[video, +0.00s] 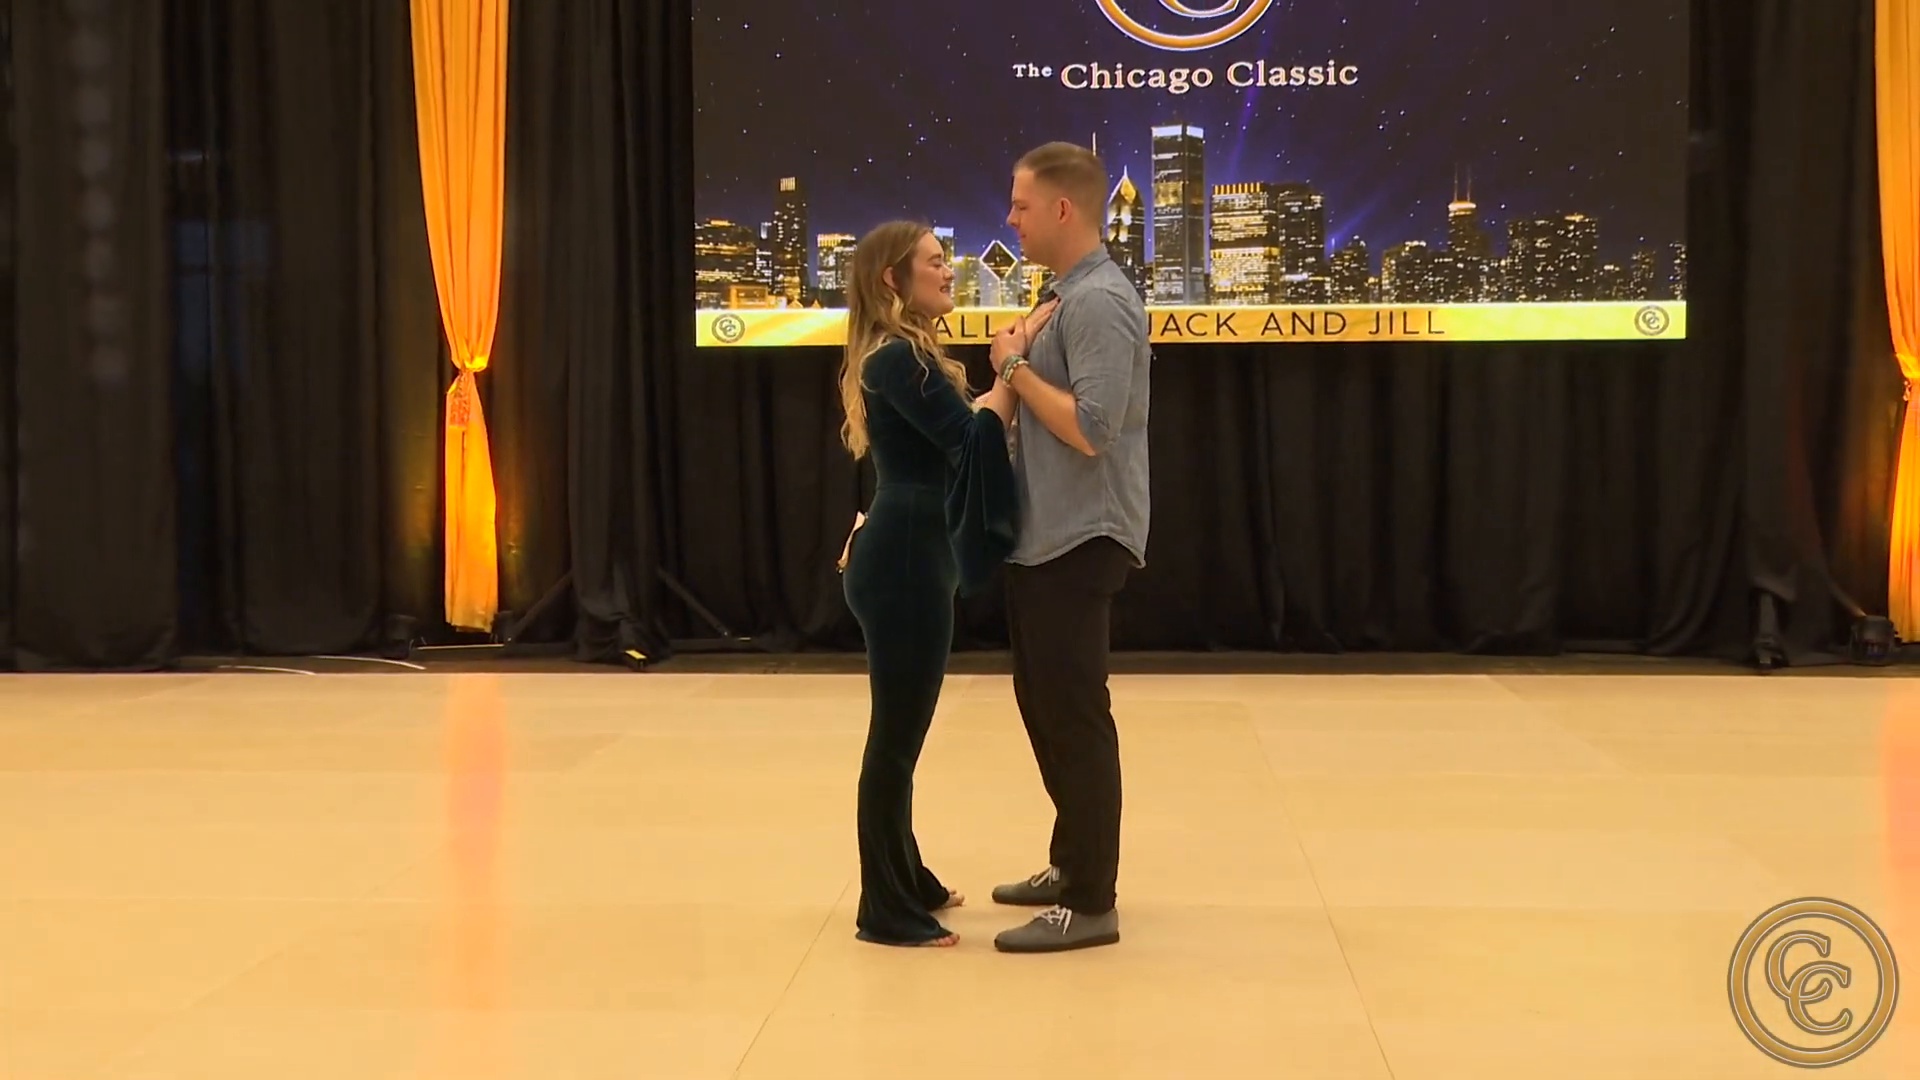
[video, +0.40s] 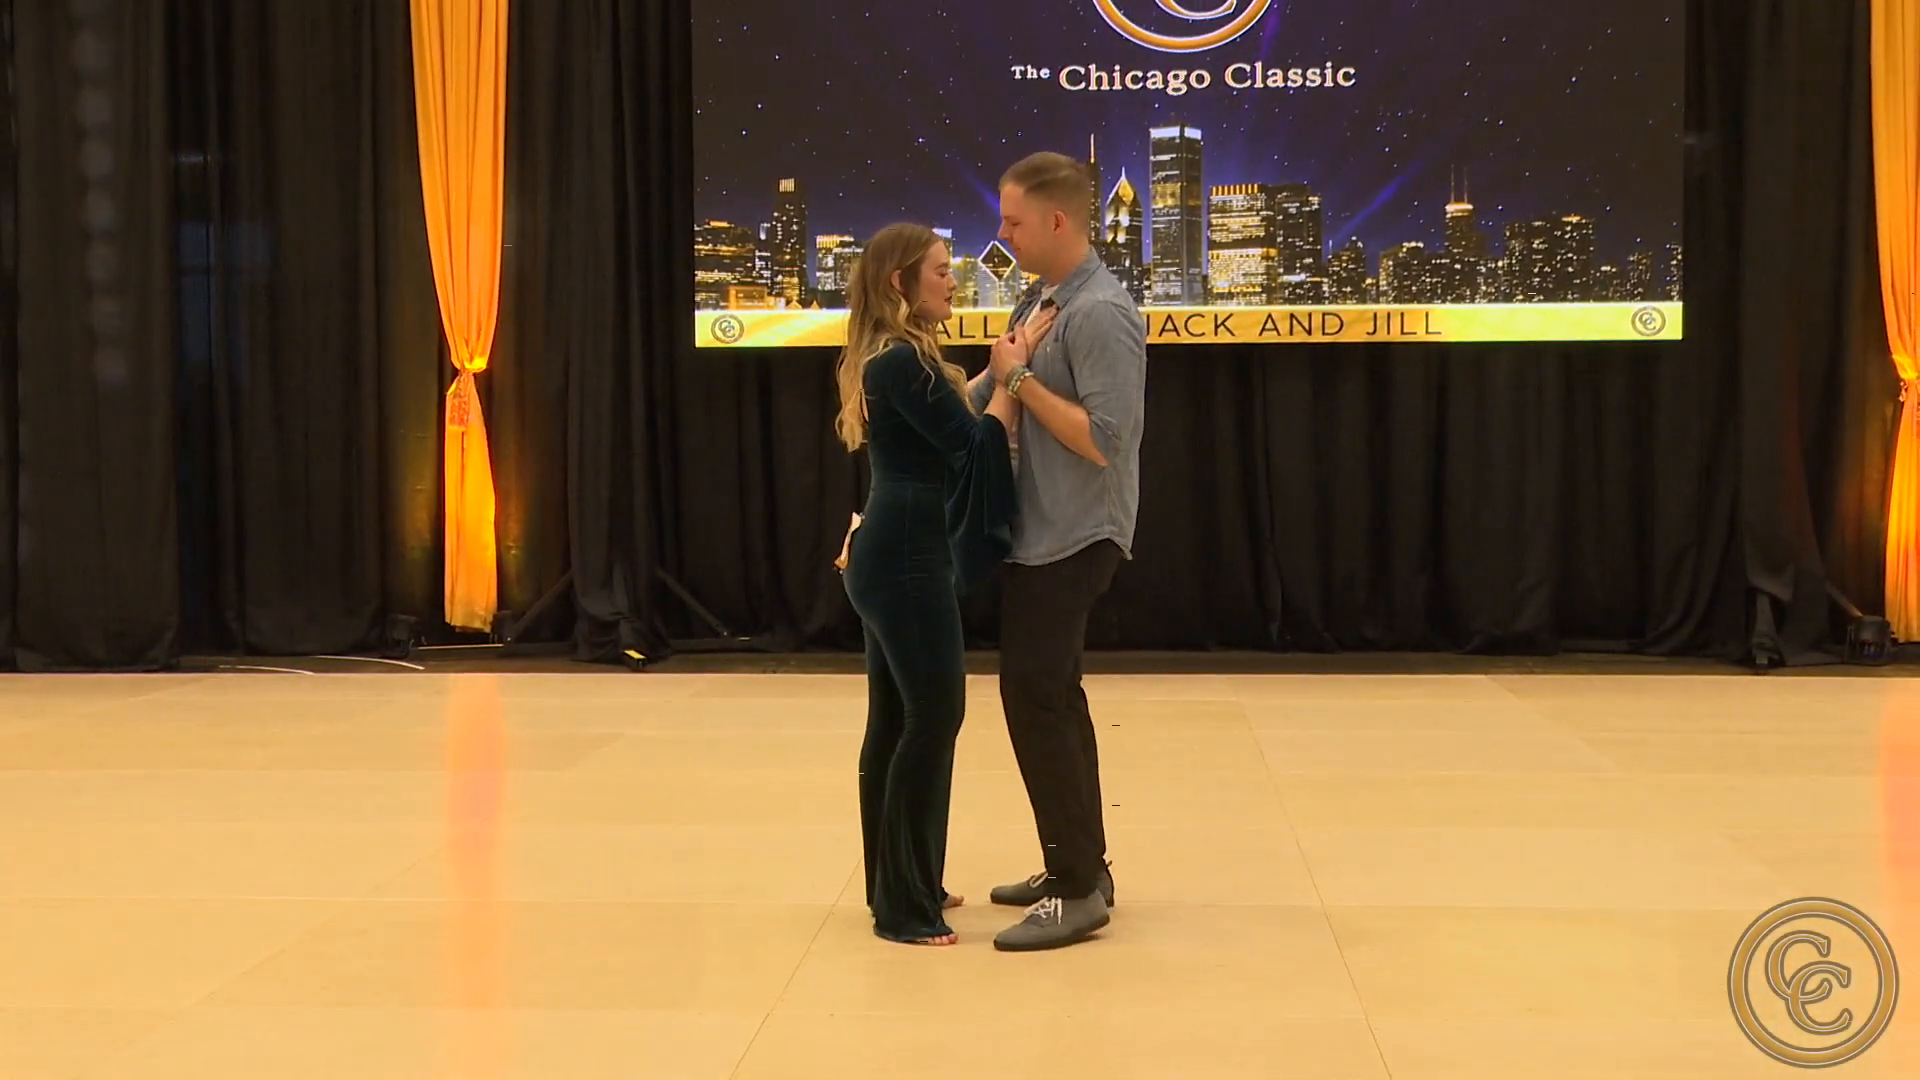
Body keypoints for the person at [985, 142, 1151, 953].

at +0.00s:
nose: (1012, 222)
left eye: (1021, 207)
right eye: (1013, 207)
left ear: (1065, 210)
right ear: (1065, 210)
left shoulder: (1100, 300)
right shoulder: (1065, 300)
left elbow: (1091, 431)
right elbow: (1035, 413)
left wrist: (1016, 368)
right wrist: (1018, 363)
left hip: (1082, 536)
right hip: (1047, 535)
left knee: (1076, 709)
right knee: (1045, 703)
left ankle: (1092, 905)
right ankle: (1075, 870)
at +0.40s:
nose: (1005, 239)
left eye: (1013, 224)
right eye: (1004, 225)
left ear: (1060, 222)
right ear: (1054, 224)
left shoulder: (1101, 311)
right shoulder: (1044, 307)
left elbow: (1104, 443)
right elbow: (1006, 410)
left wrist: (1019, 379)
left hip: (1076, 538)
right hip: (1042, 534)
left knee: (1037, 701)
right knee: (1049, 699)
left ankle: (1081, 891)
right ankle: (1073, 867)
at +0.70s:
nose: (994, 249)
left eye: (1002, 234)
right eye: (991, 235)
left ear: (1049, 225)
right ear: (1037, 229)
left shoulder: (1099, 312)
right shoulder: (1028, 305)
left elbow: (1108, 443)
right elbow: (976, 401)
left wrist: (1021, 380)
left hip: (1080, 537)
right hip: (1037, 531)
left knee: (1060, 700)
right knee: (1052, 698)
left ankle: (1072, 889)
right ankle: (1074, 865)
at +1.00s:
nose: (992, 257)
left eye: (997, 241)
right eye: (988, 243)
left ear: (1043, 227)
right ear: (1038, 231)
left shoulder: (1099, 311)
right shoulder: (1032, 305)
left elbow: (1113, 445)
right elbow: (979, 398)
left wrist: (1024, 385)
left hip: (1084, 532)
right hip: (1045, 527)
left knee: (1058, 699)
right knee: (1051, 698)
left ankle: (1081, 892)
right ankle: (1071, 867)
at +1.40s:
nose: (998, 259)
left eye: (998, 242)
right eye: (993, 245)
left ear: (1035, 224)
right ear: (1040, 223)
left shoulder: (1101, 303)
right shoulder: (1067, 307)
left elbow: (1104, 428)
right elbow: (1048, 427)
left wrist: (1024, 376)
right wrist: (1019, 380)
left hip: (1089, 542)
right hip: (1058, 541)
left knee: (1075, 719)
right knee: (1053, 713)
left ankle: (1101, 920)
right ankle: (1070, 872)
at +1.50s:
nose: (999, 255)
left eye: (1000, 238)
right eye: (994, 241)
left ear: (1036, 221)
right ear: (1043, 219)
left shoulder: (1099, 297)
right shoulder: (1073, 300)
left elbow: (1105, 420)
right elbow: (1051, 422)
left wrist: (1026, 371)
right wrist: (1025, 375)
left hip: (1093, 540)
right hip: (1065, 538)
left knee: (1085, 727)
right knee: (1064, 720)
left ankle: (1099, 920)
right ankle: (1065, 878)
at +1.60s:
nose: (998, 253)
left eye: (998, 235)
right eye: (993, 239)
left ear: (1035, 216)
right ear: (1042, 215)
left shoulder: (1098, 292)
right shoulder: (1074, 297)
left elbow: (1106, 415)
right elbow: (1050, 422)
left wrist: (1025, 371)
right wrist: (1026, 378)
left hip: (1097, 536)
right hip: (1072, 534)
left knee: (1085, 727)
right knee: (1069, 723)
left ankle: (1096, 918)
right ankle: (1068, 883)